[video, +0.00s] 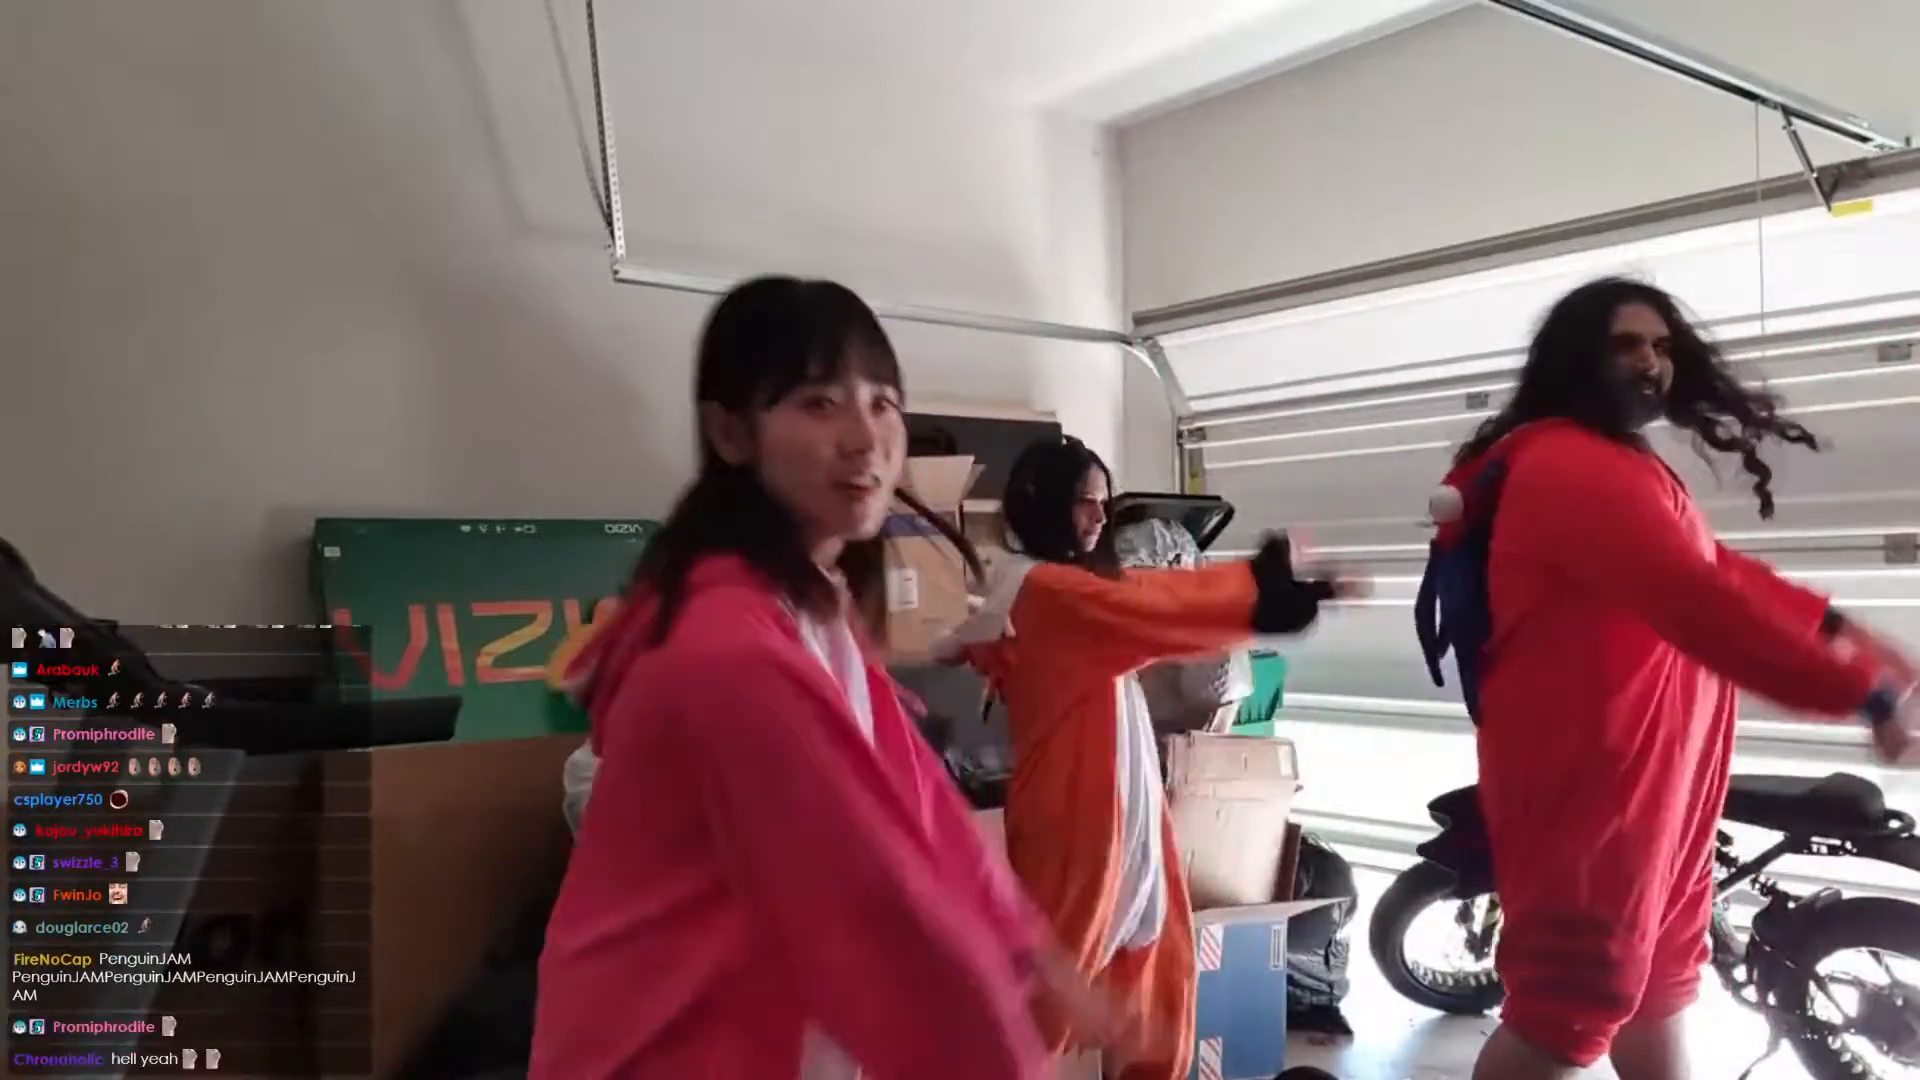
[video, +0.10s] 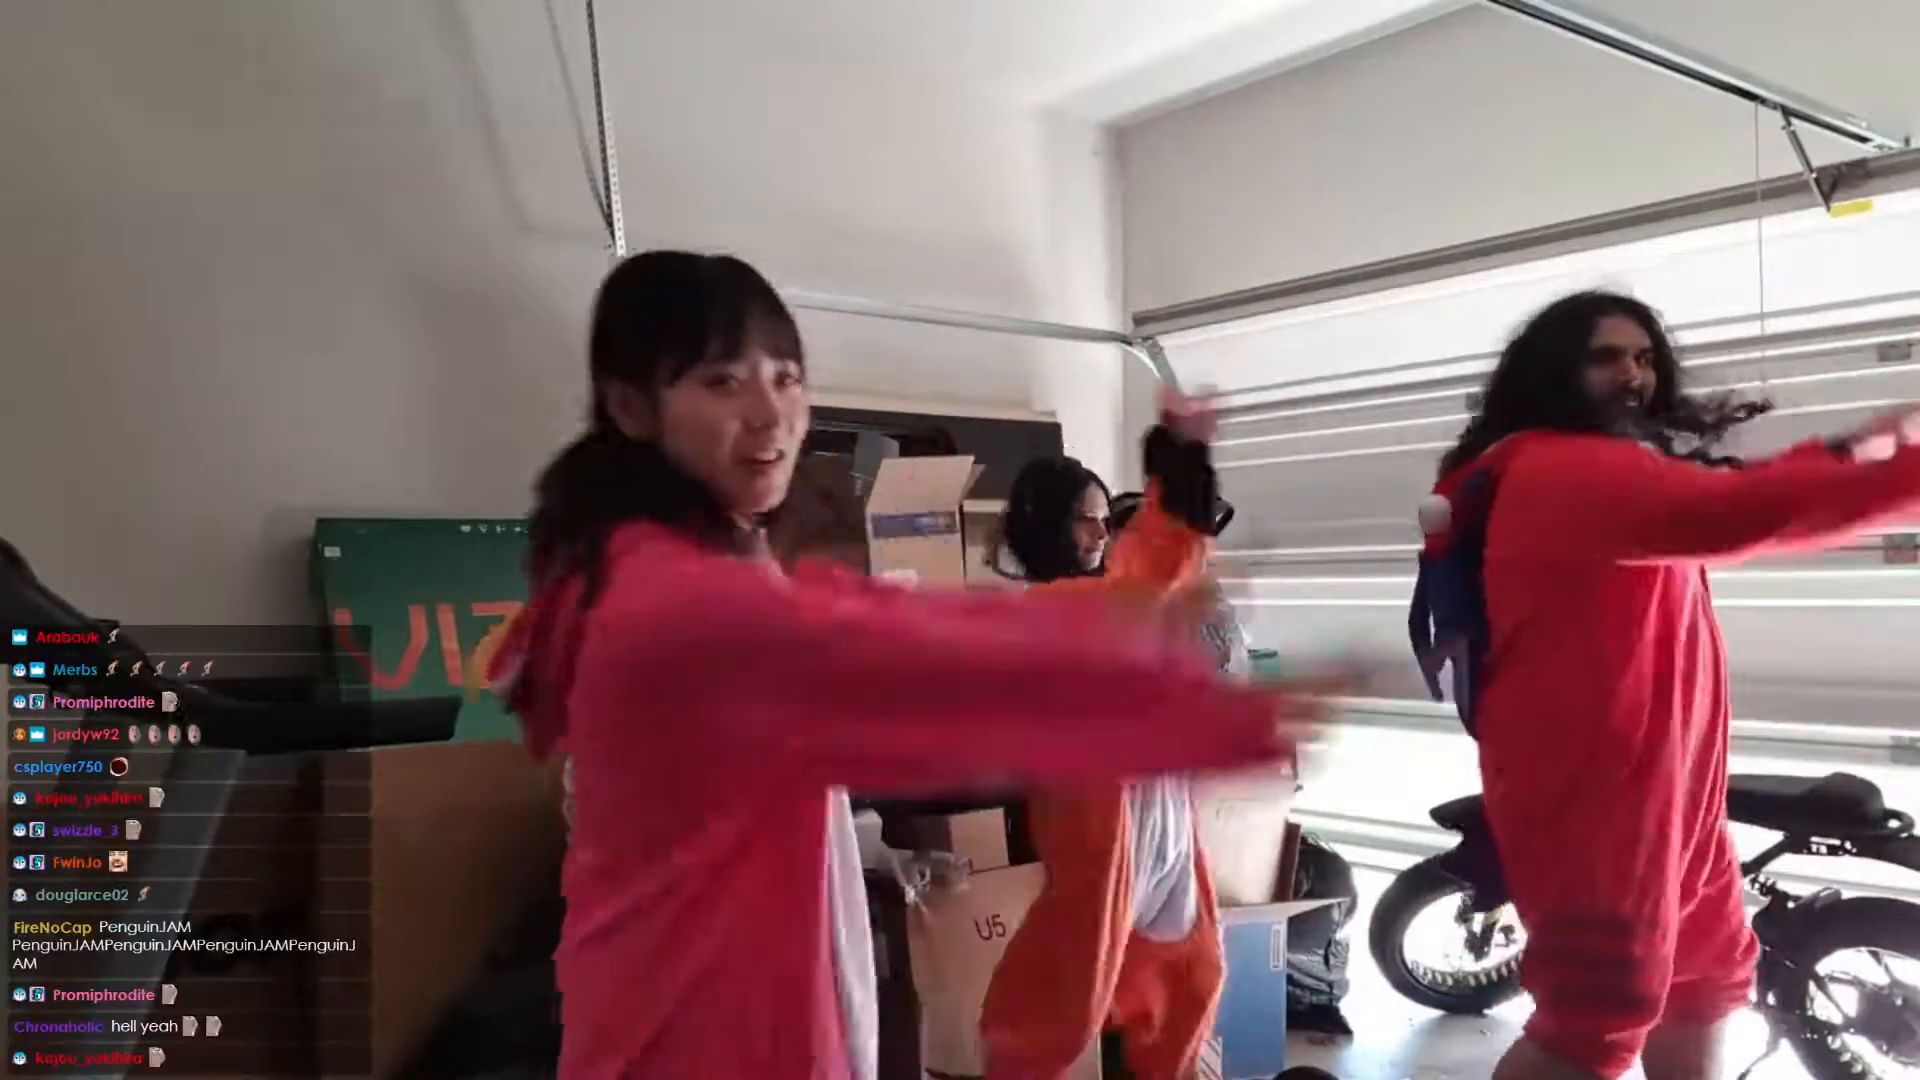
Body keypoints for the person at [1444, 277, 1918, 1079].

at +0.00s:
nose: (1651, 364)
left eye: (1662, 348)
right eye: (1627, 346)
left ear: (1678, 362)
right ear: (1577, 359)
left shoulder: (1635, 469)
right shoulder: (1562, 469)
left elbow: (1717, 573)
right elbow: (1695, 603)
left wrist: (1834, 632)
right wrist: (1864, 691)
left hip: (1664, 791)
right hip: (1584, 798)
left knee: (1657, 998)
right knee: (1562, 1016)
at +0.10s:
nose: (1633, 376)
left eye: (1645, 359)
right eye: (1607, 359)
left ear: (1662, 372)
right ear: (1553, 376)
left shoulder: (1620, 471)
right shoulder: (1552, 475)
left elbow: (1733, 488)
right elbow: (1739, 508)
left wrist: (1848, 449)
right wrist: (1906, 474)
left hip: (1673, 792)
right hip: (1590, 804)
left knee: (1704, 982)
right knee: (1591, 1025)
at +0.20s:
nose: (1636, 394)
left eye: (1648, 378)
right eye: (1609, 375)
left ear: (1663, 392)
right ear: (1557, 391)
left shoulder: (1625, 481)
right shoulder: (1543, 488)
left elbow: (1704, 460)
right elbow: (1735, 468)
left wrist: (1795, 375)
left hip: (1677, 791)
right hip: (1592, 807)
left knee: (1731, 992)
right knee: (1621, 1034)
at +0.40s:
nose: (1634, 370)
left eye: (1645, 351)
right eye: (1605, 353)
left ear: (1663, 367)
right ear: (1554, 373)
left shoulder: (1625, 469)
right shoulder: (1545, 474)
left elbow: (1728, 482)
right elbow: (1743, 499)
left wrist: (1825, 390)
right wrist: (1877, 367)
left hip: (1676, 791)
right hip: (1599, 805)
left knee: (1708, 988)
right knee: (1612, 1025)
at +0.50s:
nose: (1632, 355)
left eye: (1643, 337)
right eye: (1602, 340)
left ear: (1663, 356)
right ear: (1554, 365)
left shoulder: (1637, 467)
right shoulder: (1559, 467)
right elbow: (1692, 581)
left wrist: (1870, 566)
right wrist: (1882, 574)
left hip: (1667, 797)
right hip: (1591, 805)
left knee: (1666, 995)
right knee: (1575, 1021)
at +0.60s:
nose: (1654, 359)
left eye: (1667, 341)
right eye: (1626, 342)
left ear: (1685, 361)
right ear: (1580, 363)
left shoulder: (1648, 474)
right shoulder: (1580, 477)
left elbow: (1681, 655)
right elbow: (1639, 654)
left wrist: (1758, 769)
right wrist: (1764, 777)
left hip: (1661, 794)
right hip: (1591, 800)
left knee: (1647, 1007)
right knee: (1556, 1023)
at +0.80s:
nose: (1662, 356)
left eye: (1674, 339)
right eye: (1636, 340)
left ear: (1693, 356)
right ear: (1588, 357)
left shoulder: (1663, 462)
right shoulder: (1579, 466)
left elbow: (1695, 614)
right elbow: (1634, 639)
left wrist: (1756, 710)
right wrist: (1729, 775)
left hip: (1660, 769)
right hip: (1581, 776)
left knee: (1640, 1003)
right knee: (1554, 1014)